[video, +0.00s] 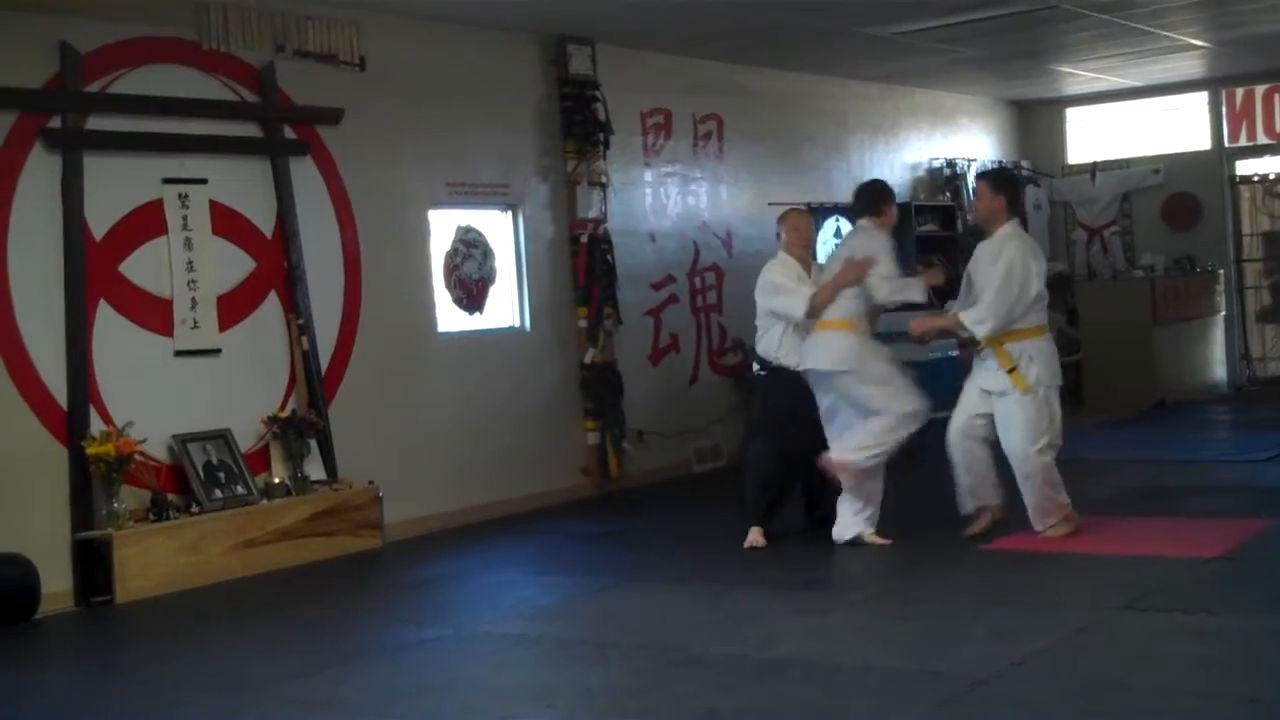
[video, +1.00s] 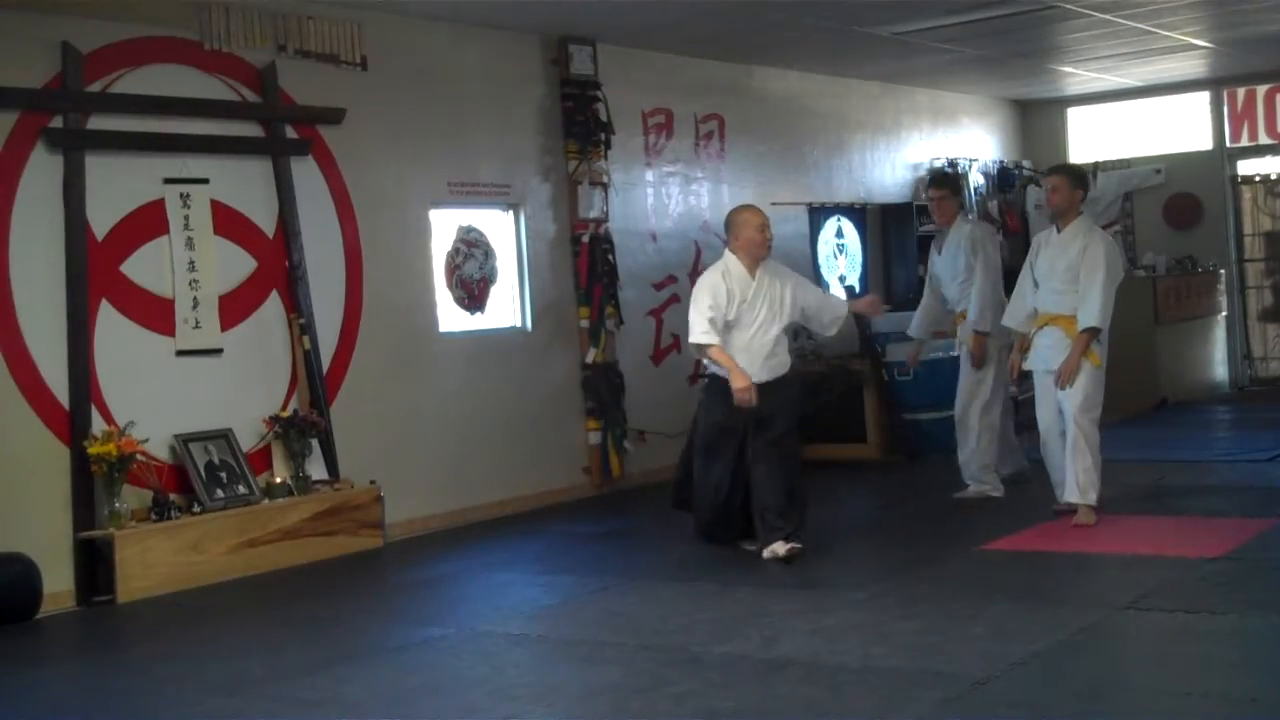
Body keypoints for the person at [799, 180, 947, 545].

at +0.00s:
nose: (895, 214)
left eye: (894, 207)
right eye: (894, 208)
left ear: (859, 211)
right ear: (886, 211)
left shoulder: (845, 244)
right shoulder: (876, 241)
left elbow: (864, 296)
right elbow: (883, 291)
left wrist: (914, 281)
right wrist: (925, 283)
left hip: (817, 351)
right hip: (846, 348)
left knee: (850, 441)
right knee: (910, 407)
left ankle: (853, 524)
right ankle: (844, 458)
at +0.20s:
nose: (923, 212)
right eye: (922, 206)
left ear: (887, 210)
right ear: (921, 207)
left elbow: (848, 302)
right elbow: (952, 284)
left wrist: (847, 347)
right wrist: (978, 314)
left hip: (875, 341)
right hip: (922, 335)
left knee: (879, 426)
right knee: (946, 415)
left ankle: (861, 505)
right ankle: (974, 490)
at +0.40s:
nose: (885, 226)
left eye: (887, 219)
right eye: (883, 220)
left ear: (903, 212)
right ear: (914, 212)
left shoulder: (896, 242)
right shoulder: (954, 240)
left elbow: (888, 294)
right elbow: (992, 285)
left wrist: (866, 334)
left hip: (929, 339)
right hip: (970, 336)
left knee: (918, 418)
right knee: (967, 419)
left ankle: (930, 479)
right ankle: (975, 497)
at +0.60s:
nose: (891, 214)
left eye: (895, 205)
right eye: (889, 207)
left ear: (915, 200)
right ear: (912, 202)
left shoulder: (925, 230)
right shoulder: (940, 226)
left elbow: (940, 277)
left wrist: (921, 321)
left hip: (956, 331)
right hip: (986, 326)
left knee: (942, 410)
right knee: (980, 403)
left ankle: (965, 485)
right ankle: (999, 472)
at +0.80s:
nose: (911, 217)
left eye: (918, 210)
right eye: (909, 211)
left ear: (937, 211)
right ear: (911, 213)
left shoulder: (954, 242)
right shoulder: (935, 245)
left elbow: (969, 292)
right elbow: (927, 297)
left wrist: (963, 341)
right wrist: (904, 339)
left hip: (968, 338)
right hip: (975, 338)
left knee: (952, 419)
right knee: (993, 415)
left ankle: (985, 484)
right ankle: (1052, 458)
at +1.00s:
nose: (935, 207)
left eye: (942, 200)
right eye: (931, 201)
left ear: (958, 200)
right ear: (928, 204)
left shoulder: (979, 233)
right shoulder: (940, 244)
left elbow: (987, 283)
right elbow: (933, 297)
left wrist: (980, 332)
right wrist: (918, 342)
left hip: (987, 326)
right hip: (968, 326)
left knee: (971, 406)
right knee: (990, 401)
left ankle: (983, 482)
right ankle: (1012, 464)